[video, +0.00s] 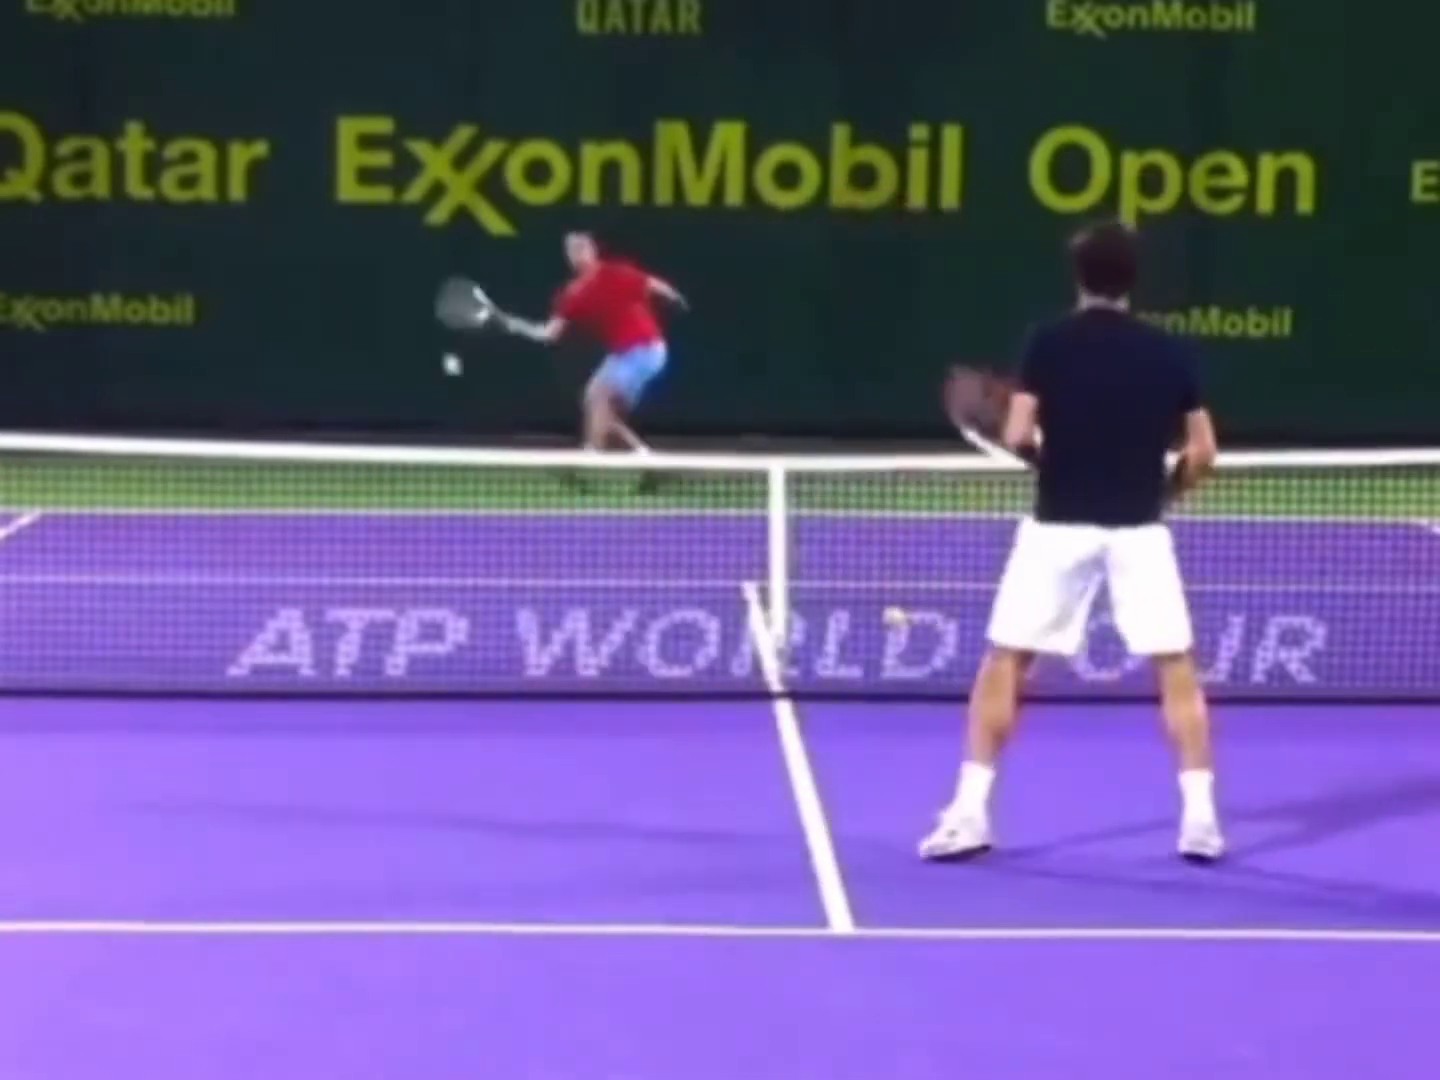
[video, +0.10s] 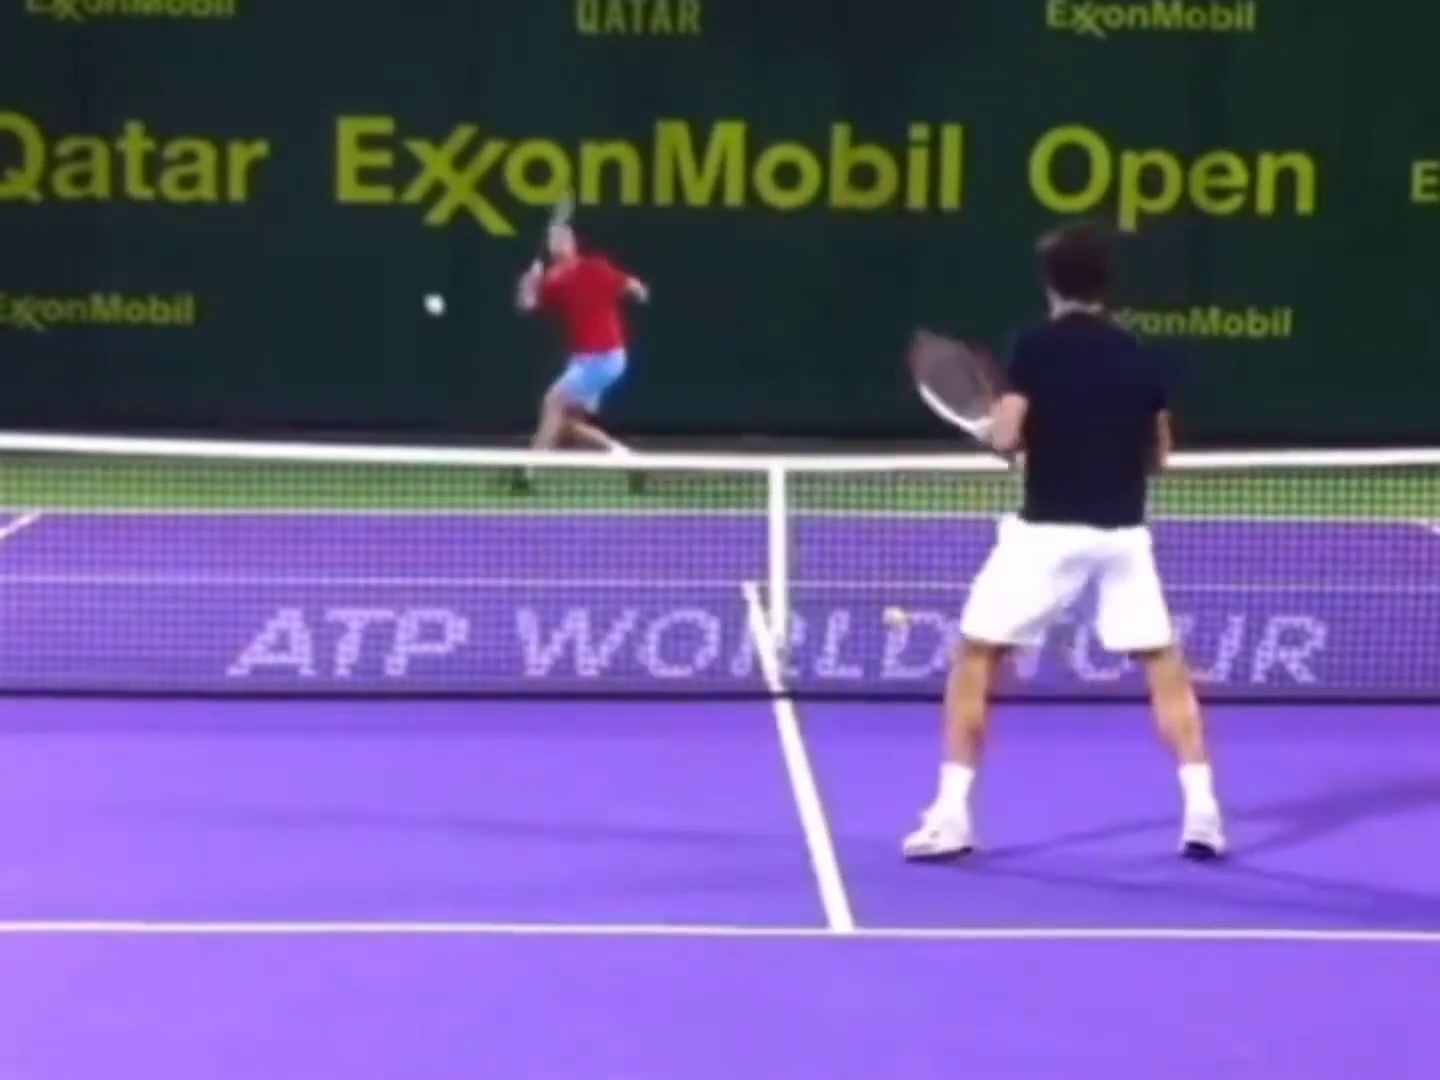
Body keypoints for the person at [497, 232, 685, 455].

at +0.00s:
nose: (578, 255)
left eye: (582, 248)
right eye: (572, 250)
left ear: (593, 249)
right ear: (567, 255)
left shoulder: (618, 272)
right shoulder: (572, 293)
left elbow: (657, 287)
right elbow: (550, 333)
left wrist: (678, 300)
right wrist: (511, 324)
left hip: (647, 347)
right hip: (621, 353)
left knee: (598, 392)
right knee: (600, 409)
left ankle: (592, 454)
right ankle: (643, 453)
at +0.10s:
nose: (557, 246)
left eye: (562, 239)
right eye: (553, 240)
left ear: (572, 242)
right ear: (548, 244)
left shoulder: (595, 267)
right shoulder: (551, 277)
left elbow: (638, 290)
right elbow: (527, 305)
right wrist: (531, 279)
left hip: (602, 353)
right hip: (584, 354)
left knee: (554, 401)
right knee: (567, 423)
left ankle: (533, 463)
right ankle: (623, 455)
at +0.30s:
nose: (530, 235)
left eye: (536, 229)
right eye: (526, 229)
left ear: (544, 234)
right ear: (518, 233)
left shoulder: (559, 268)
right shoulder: (508, 265)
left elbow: (583, 306)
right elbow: (485, 295)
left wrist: (565, 317)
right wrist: (520, 286)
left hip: (552, 346)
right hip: (521, 346)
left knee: (508, 397)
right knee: (492, 407)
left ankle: (519, 458)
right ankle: (529, 452)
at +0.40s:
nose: (512, 231)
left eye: (518, 225)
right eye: (509, 225)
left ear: (529, 229)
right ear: (505, 228)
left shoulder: (546, 262)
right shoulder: (493, 259)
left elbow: (560, 306)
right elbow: (470, 299)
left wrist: (541, 316)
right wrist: (505, 312)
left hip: (536, 342)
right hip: (502, 340)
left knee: (500, 391)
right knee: (474, 394)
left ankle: (513, 462)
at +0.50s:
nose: (502, 230)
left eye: (507, 224)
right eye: (498, 224)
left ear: (517, 228)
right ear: (491, 228)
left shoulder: (534, 262)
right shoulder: (480, 262)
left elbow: (548, 301)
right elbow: (457, 305)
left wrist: (531, 325)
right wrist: (486, 328)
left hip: (522, 345)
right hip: (486, 344)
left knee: (494, 393)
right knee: (462, 395)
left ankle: (504, 462)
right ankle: (436, 456)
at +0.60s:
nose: (491, 236)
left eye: (496, 230)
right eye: (486, 230)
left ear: (507, 233)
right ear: (480, 235)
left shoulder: (523, 268)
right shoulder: (469, 267)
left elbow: (539, 305)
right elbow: (447, 311)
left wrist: (520, 337)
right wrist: (473, 342)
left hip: (510, 350)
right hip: (474, 348)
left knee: (496, 402)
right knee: (451, 400)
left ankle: (492, 464)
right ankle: (432, 459)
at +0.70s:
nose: (486, 233)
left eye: (491, 227)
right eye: (481, 227)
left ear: (504, 231)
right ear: (475, 232)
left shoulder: (519, 265)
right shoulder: (467, 265)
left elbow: (532, 303)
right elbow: (444, 305)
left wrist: (516, 339)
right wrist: (467, 342)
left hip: (508, 350)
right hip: (474, 349)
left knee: (512, 408)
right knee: (452, 404)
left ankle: (507, 467)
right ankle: (432, 459)